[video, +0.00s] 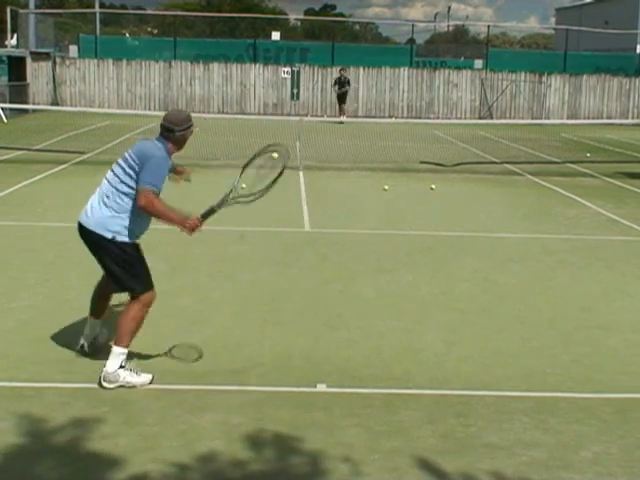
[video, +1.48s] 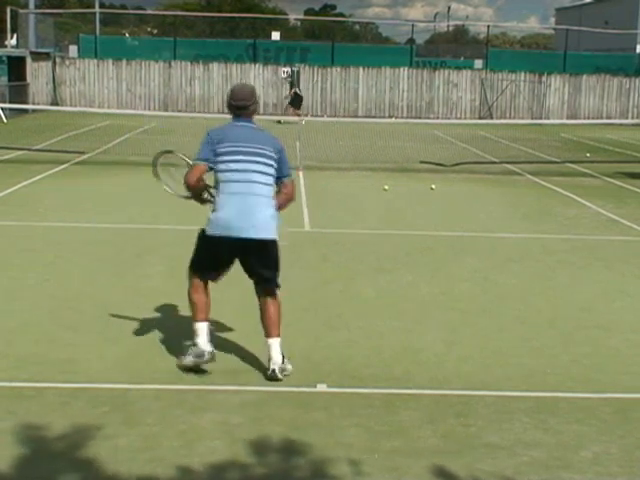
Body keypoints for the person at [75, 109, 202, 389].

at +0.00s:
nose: (189, 138)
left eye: (188, 133)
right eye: (189, 134)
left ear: (163, 129)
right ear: (184, 137)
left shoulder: (146, 146)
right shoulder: (157, 157)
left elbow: (160, 161)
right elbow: (146, 200)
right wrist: (182, 221)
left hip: (91, 222)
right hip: (112, 233)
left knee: (113, 277)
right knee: (144, 296)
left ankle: (91, 336)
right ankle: (114, 367)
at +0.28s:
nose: (181, 149)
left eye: (181, 145)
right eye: (180, 145)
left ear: (155, 140)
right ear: (174, 148)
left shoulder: (123, 149)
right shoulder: (160, 181)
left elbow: (78, 153)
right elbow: (169, 233)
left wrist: (50, 172)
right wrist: (195, 263)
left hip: (79, 222)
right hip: (105, 234)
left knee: (103, 271)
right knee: (113, 296)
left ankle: (100, 320)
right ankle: (106, 361)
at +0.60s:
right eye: (171, 123)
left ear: (146, 119)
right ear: (172, 125)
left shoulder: (123, 137)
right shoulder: (173, 151)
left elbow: (96, 161)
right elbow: (154, 173)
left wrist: (73, 195)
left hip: (107, 214)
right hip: (139, 219)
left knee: (111, 263)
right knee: (142, 284)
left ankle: (101, 322)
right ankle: (120, 328)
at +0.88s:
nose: (196, 109)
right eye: (197, 106)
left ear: (172, 107)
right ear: (197, 109)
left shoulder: (152, 129)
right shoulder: (207, 137)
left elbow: (132, 164)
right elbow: (196, 160)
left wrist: (123, 189)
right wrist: (159, 132)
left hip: (147, 211)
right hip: (184, 214)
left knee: (129, 263)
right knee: (197, 267)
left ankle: (108, 319)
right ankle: (209, 328)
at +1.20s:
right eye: (220, 93)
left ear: (197, 96)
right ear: (224, 97)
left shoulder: (180, 125)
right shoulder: (237, 130)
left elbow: (160, 167)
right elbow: (252, 177)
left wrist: (176, 171)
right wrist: (225, 182)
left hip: (188, 214)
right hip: (225, 217)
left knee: (192, 270)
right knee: (233, 268)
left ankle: (197, 342)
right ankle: (238, 333)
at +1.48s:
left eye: (234, 106)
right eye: (250, 105)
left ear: (228, 108)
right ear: (255, 109)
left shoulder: (216, 136)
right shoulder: (273, 143)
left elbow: (192, 179)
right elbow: (287, 193)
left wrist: (199, 193)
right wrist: (263, 211)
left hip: (222, 228)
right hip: (262, 231)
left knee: (199, 278)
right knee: (268, 291)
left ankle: (202, 345)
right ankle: (275, 360)